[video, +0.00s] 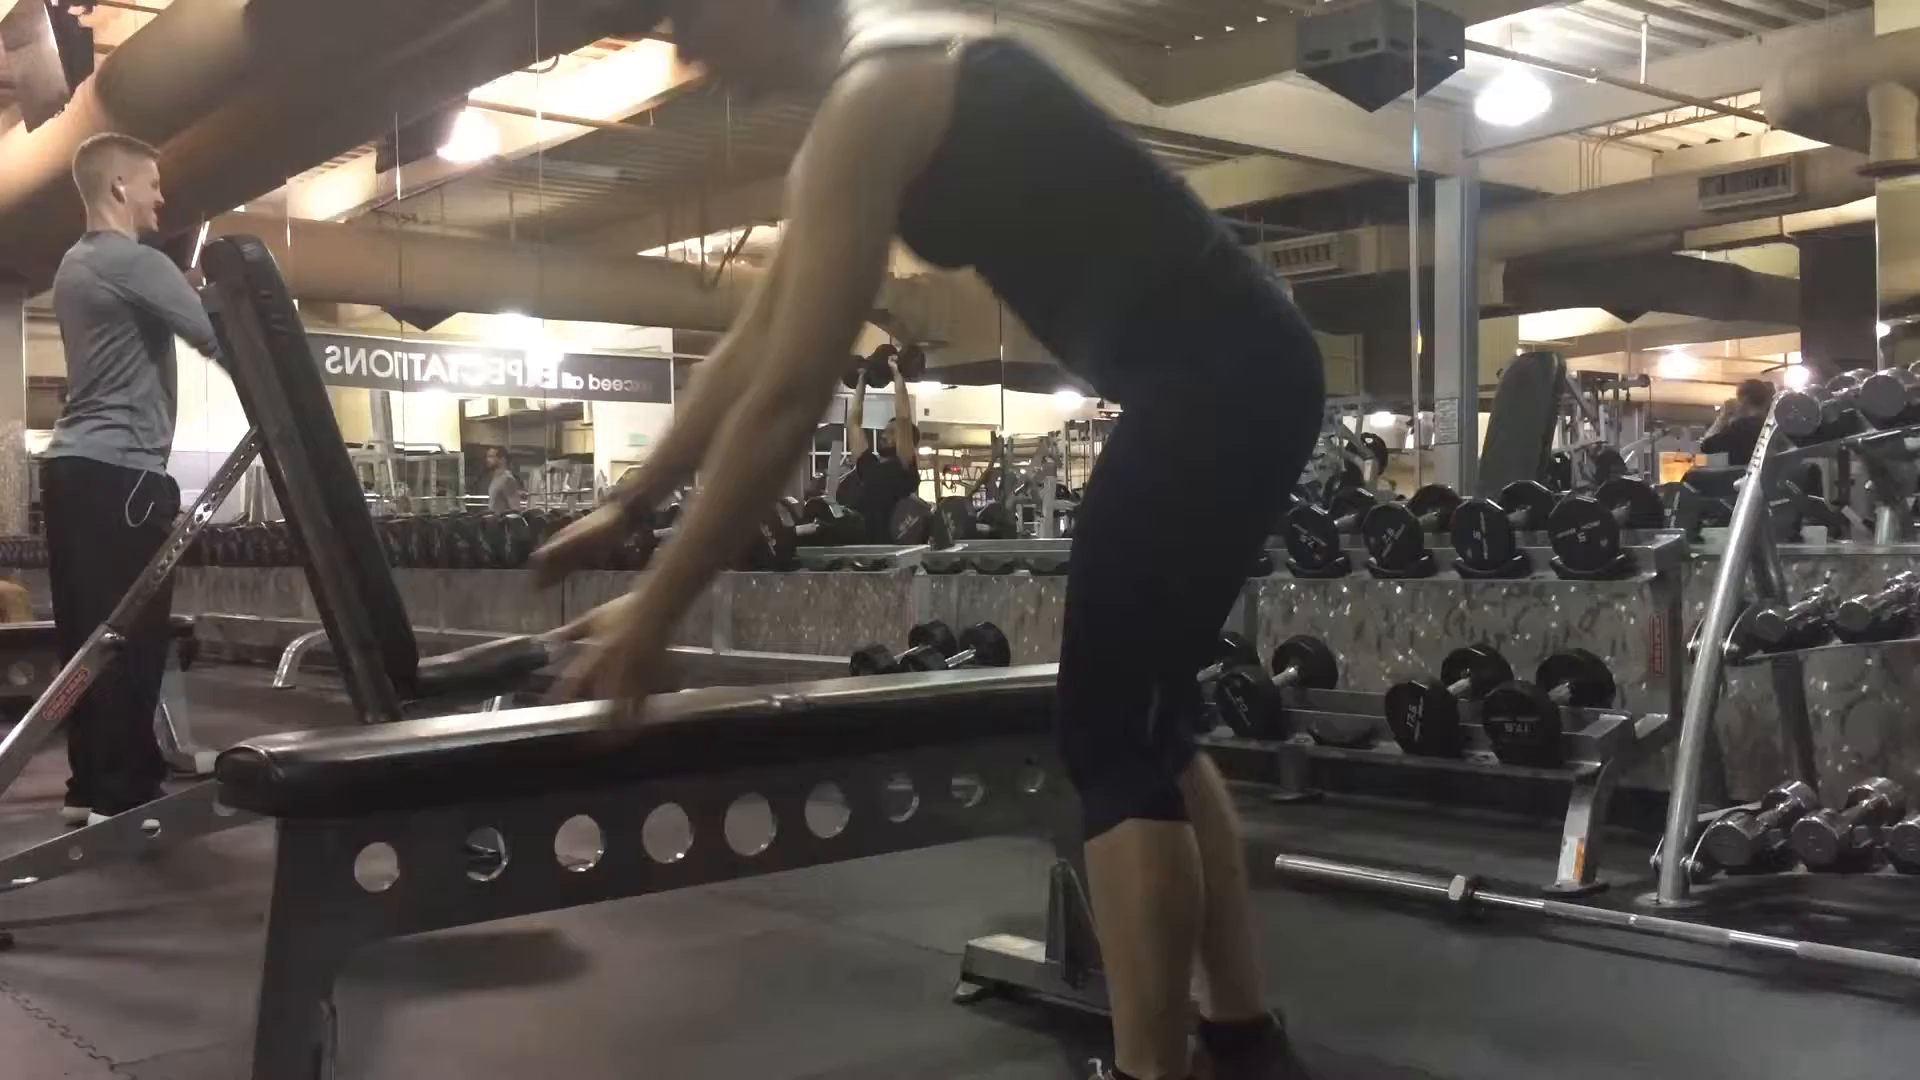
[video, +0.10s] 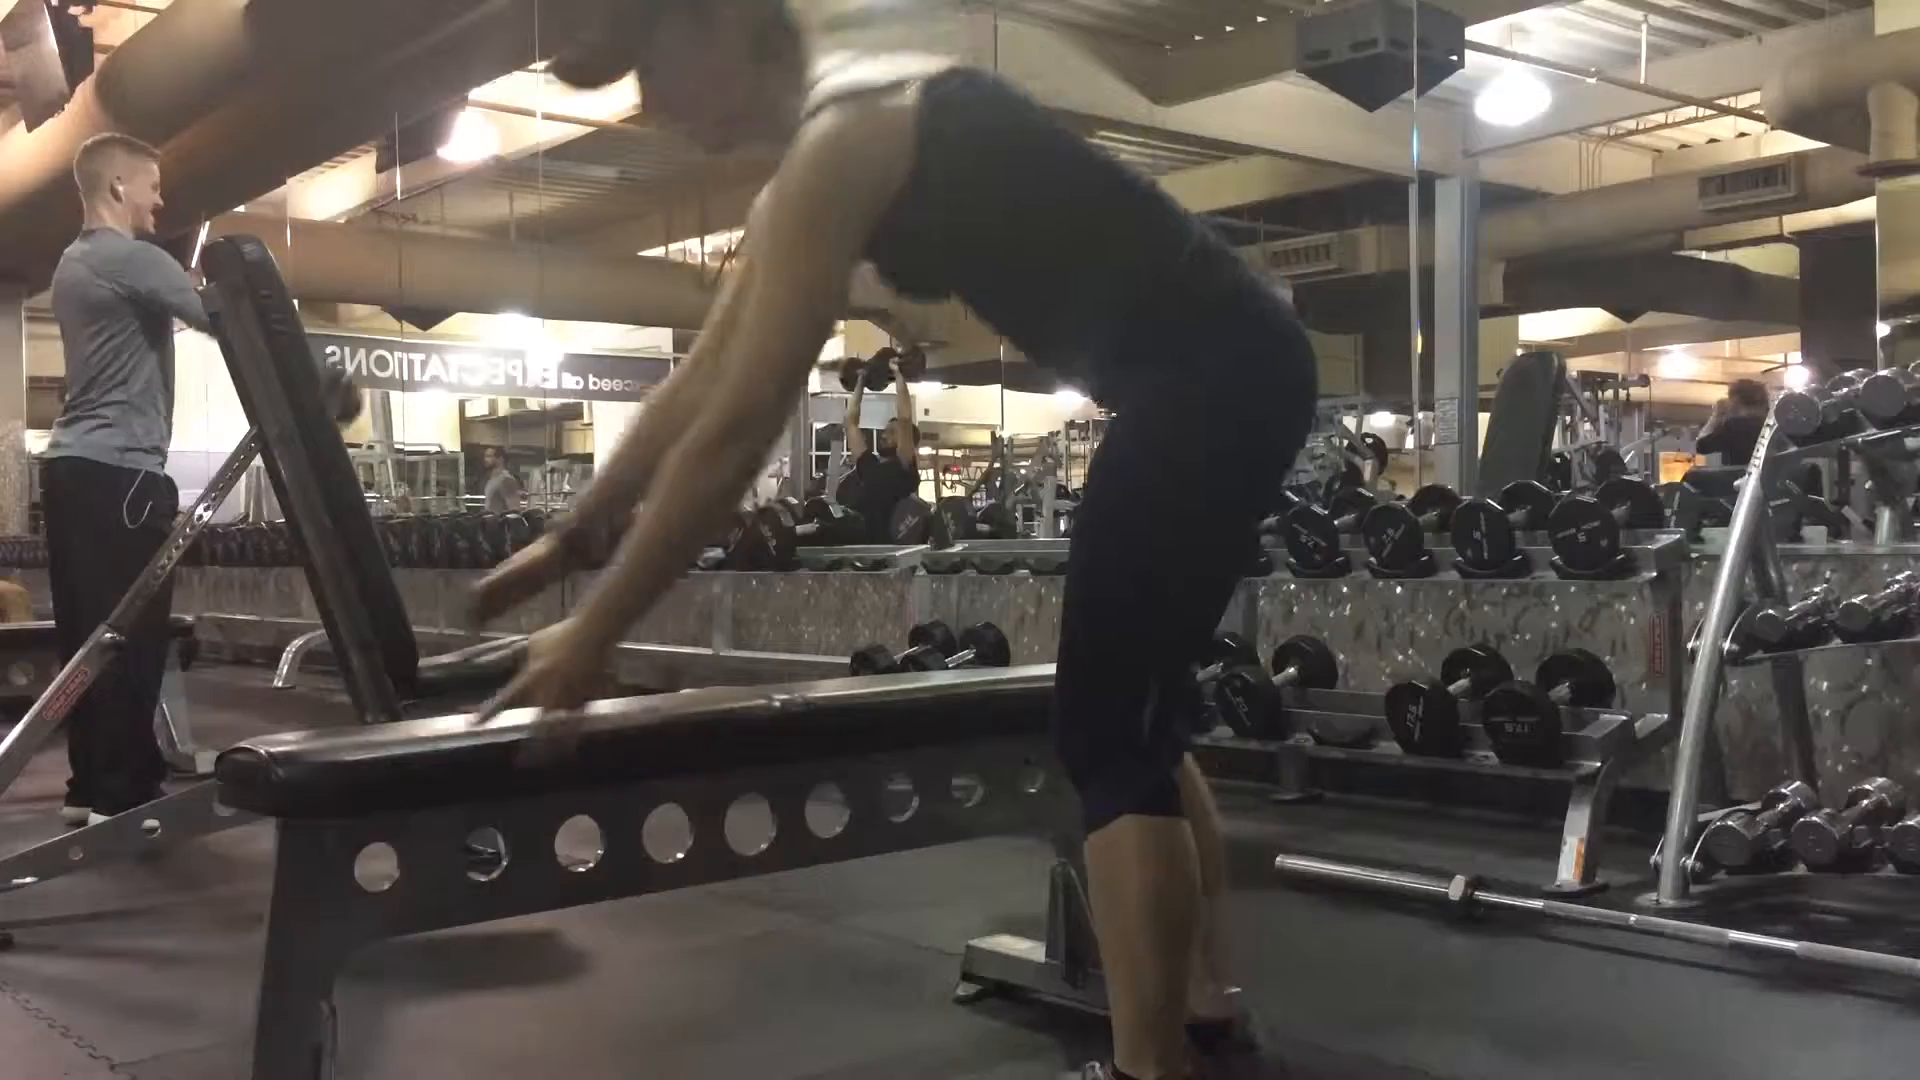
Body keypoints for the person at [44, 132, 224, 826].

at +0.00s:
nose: (160, 198)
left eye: (158, 186)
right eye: (152, 185)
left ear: (103, 193)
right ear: (119, 188)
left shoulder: (76, 264)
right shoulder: (134, 259)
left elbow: (150, 333)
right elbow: (220, 339)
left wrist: (187, 279)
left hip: (71, 468)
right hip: (123, 473)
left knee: (86, 634)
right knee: (133, 634)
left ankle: (91, 786)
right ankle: (127, 794)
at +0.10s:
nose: (158, 200)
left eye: (157, 188)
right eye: (151, 187)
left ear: (102, 192)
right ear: (117, 188)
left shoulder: (74, 264)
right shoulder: (131, 256)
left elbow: (146, 323)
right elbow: (220, 317)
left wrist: (186, 273)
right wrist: (226, 275)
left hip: (73, 468)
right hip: (120, 473)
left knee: (88, 635)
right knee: (132, 635)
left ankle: (92, 787)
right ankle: (126, 794)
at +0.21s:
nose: (160, 207)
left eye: (161, 193)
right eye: (154, 192)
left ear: (100, 194)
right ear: (116, 189)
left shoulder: (74, 262)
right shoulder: (129, 252)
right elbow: (232, 293)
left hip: (71, 469)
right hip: (121, 474)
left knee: (86, 634)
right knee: (133, 636)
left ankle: (90, 786)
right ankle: (127, 793)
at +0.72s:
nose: (156, 204)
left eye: (156, 192)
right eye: (150, 190)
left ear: (98, 193)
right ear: (115, 188)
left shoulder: (67, 264)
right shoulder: (118, 249)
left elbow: (137, 317)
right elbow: (232, 265)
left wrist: (205, 300)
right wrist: (331, 292)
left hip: (74, 468)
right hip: (124, 471)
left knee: (86, 632)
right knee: (140, 631)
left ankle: (91, 783)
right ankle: (126, 789)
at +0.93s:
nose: (162, 199)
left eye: (161, 187)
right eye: (156, 186)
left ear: (102, 193)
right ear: (127, 187)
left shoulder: (66, 267)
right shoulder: (137, 256)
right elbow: (221, 332)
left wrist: (184, 272)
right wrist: (223, 278)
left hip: (69, 466)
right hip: (125, 470)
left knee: (86, 629)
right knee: (139, 628)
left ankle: (92, 782)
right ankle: (126, 791)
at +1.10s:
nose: (168, 199)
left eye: (166, 187)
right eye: (161, 186)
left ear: (107, 194)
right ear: (134, 189)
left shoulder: (67, 272)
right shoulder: (146, 266)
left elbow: (83, 375)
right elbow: (199, 370)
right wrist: (242, 449)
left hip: (71, 468)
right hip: (130, 472)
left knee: (85, 629)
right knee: (142, 629)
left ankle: (90, 784)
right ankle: (126, 791)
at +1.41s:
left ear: (95, 196)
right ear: (150, 203)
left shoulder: (76, 266)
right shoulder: (130, 271)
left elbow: (91, 385)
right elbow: (156, 386)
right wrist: (179, 479)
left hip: (69, 465)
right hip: (120, 469)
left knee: (81, 629)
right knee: (132, 629)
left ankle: (87, 784)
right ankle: (123, 789)